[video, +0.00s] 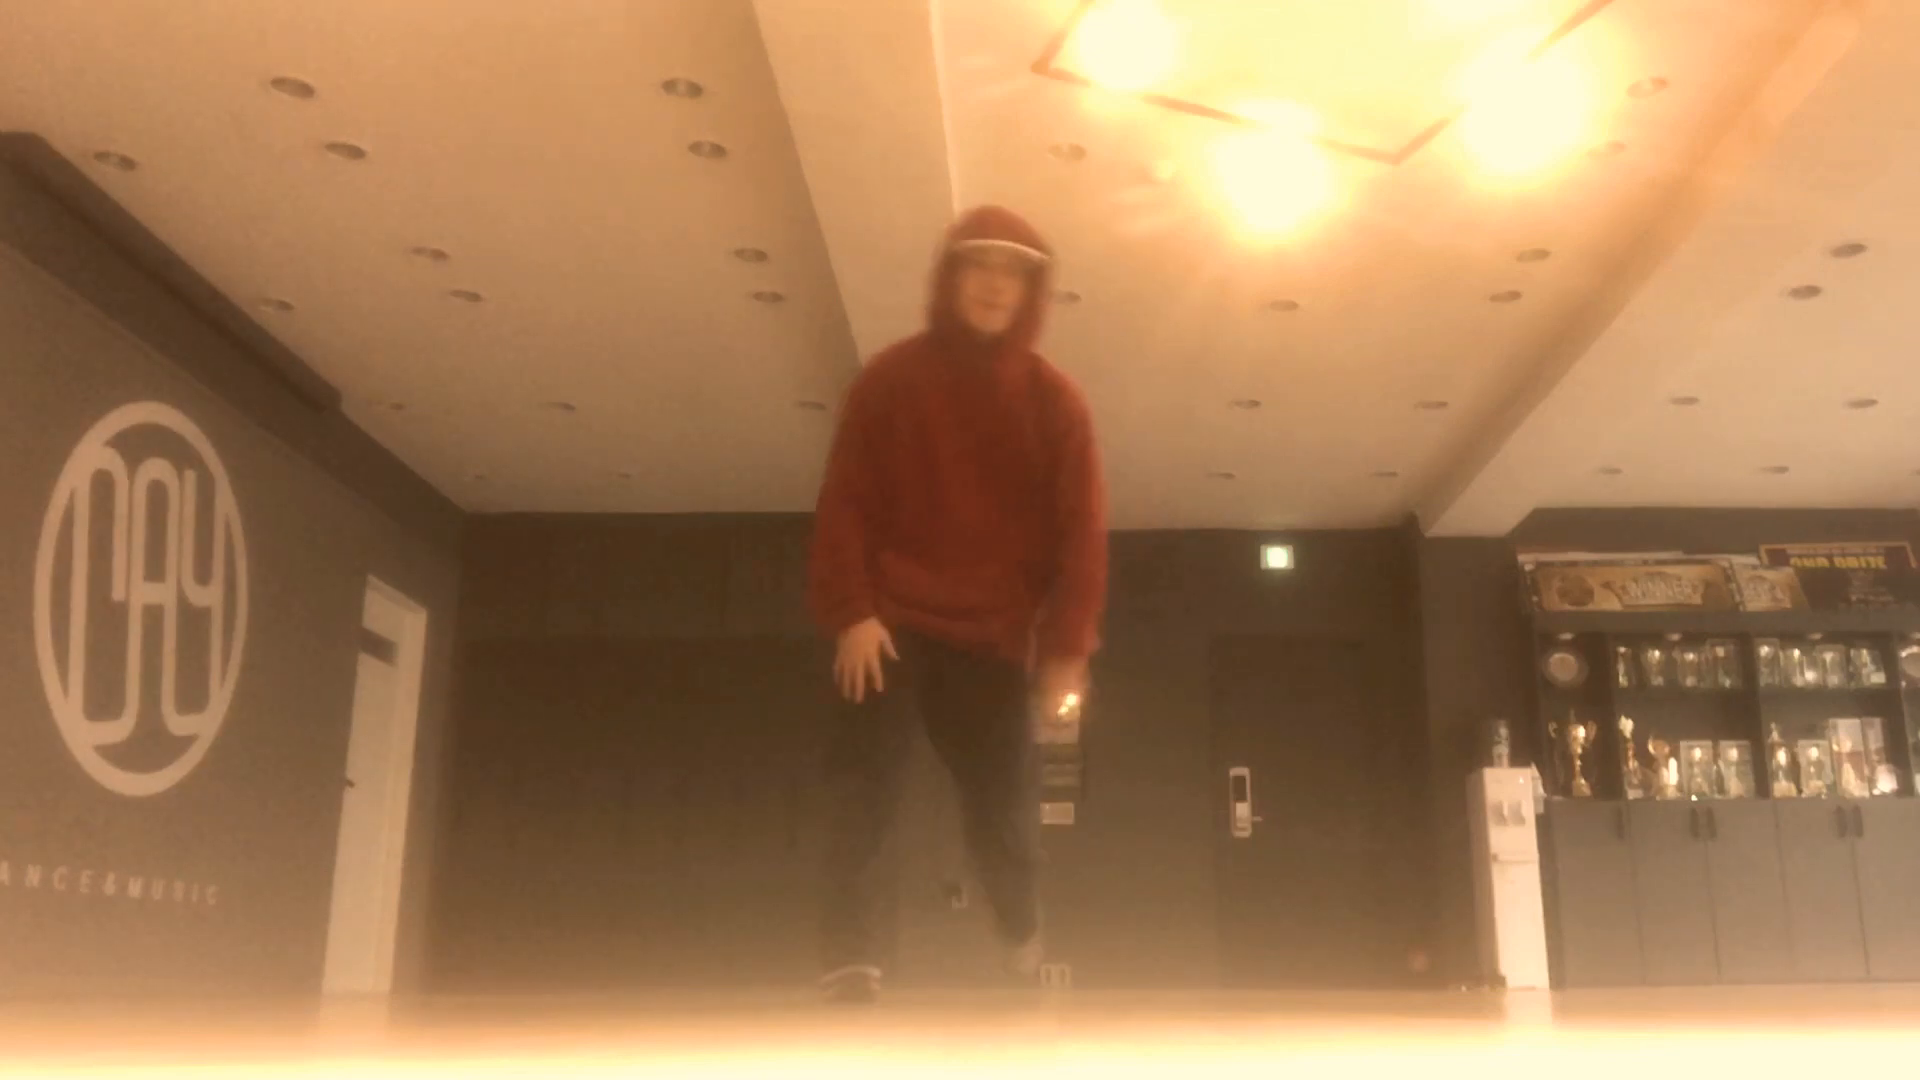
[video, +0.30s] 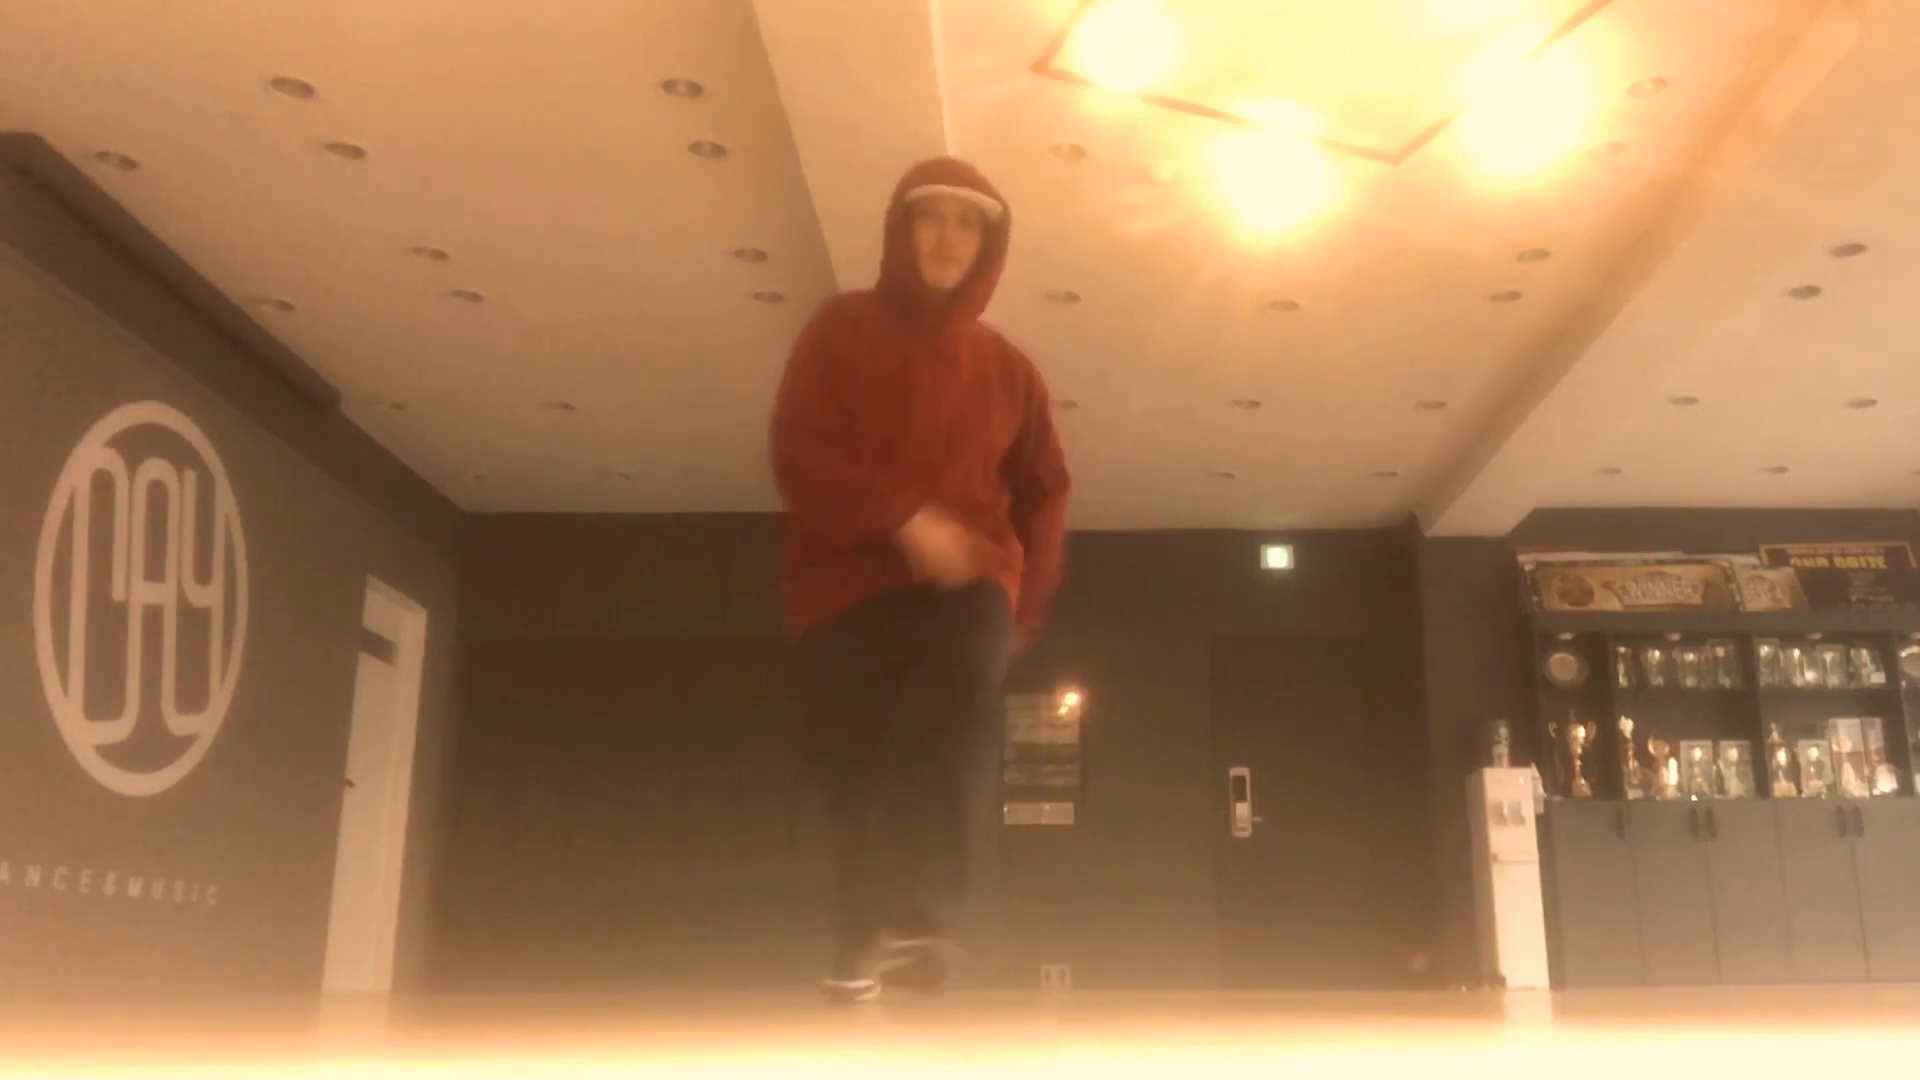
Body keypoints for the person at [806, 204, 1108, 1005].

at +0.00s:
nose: (992, 287)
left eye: (1011, 274)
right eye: (977, 267)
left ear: (1032, 291)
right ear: (947, 278)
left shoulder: (1053, 398)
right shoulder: (891, 379)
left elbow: (1083, 534)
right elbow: (842, 503)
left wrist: (1068, 655)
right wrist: (851, 613)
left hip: (993, 640)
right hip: (889, 629)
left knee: (1006, 813)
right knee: (862, 800)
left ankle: (1024, 952)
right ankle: (855, 964)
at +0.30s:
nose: (946, 237)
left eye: (967, 224)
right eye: (929, 217)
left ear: (988, 247)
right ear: (898, 230)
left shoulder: (1007, 368)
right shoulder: (842, 328)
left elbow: (1044, 496)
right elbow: (803, 457)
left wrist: (1020, 605)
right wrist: (902, 519)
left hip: (967, 592)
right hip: (849, 587)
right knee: (860, 751)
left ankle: (921, 917)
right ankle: (864, 938)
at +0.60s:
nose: (917, 231)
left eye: (938, 214)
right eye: (899, 211)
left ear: (962, 232)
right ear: (870, 221)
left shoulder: (986, 345)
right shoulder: (821, 323)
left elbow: (1044, 460)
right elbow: (785, 456)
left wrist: (1077, 544)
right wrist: (897, 514)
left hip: (928, 593)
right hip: (814, 589)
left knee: (907, 734)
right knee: (813, 755)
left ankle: (893, 932)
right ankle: (830, 942)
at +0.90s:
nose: (802, 295)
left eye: (819, 273)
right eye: (784, 276)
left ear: (854, 279)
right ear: (763, 286)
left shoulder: (918, 371)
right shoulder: (764, 385)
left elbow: (952, 530)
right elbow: (708, 484)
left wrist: (828, 566)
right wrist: (687, 543)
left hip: (947, 582)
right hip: (842, 586)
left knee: (915, 727)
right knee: (829, 743)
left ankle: (922, 951)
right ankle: (837, 950)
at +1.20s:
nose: (739, 323)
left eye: (755, 300)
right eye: (720, 309)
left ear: (796, 301)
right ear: (708, 326)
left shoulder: (867, 376)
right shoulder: (762, 420)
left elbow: (852, 520)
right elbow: (751, 536)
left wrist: (735, 628)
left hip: (959, 575)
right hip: (865, 591)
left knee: (907, 741)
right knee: (829, 746)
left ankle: (985, 880)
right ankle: (851, 951)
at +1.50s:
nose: (756, 276)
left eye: (770, 253)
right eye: (737, 262)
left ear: (809, 252)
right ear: (726, 281)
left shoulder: (881, 333)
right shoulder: (777, 366)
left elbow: (971, 448)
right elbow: (752, 474)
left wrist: (1053, 562)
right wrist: (768, 431)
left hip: (966, 551)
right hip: (899, 561)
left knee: (919, 693)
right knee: (881, 707)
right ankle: (925, 913)